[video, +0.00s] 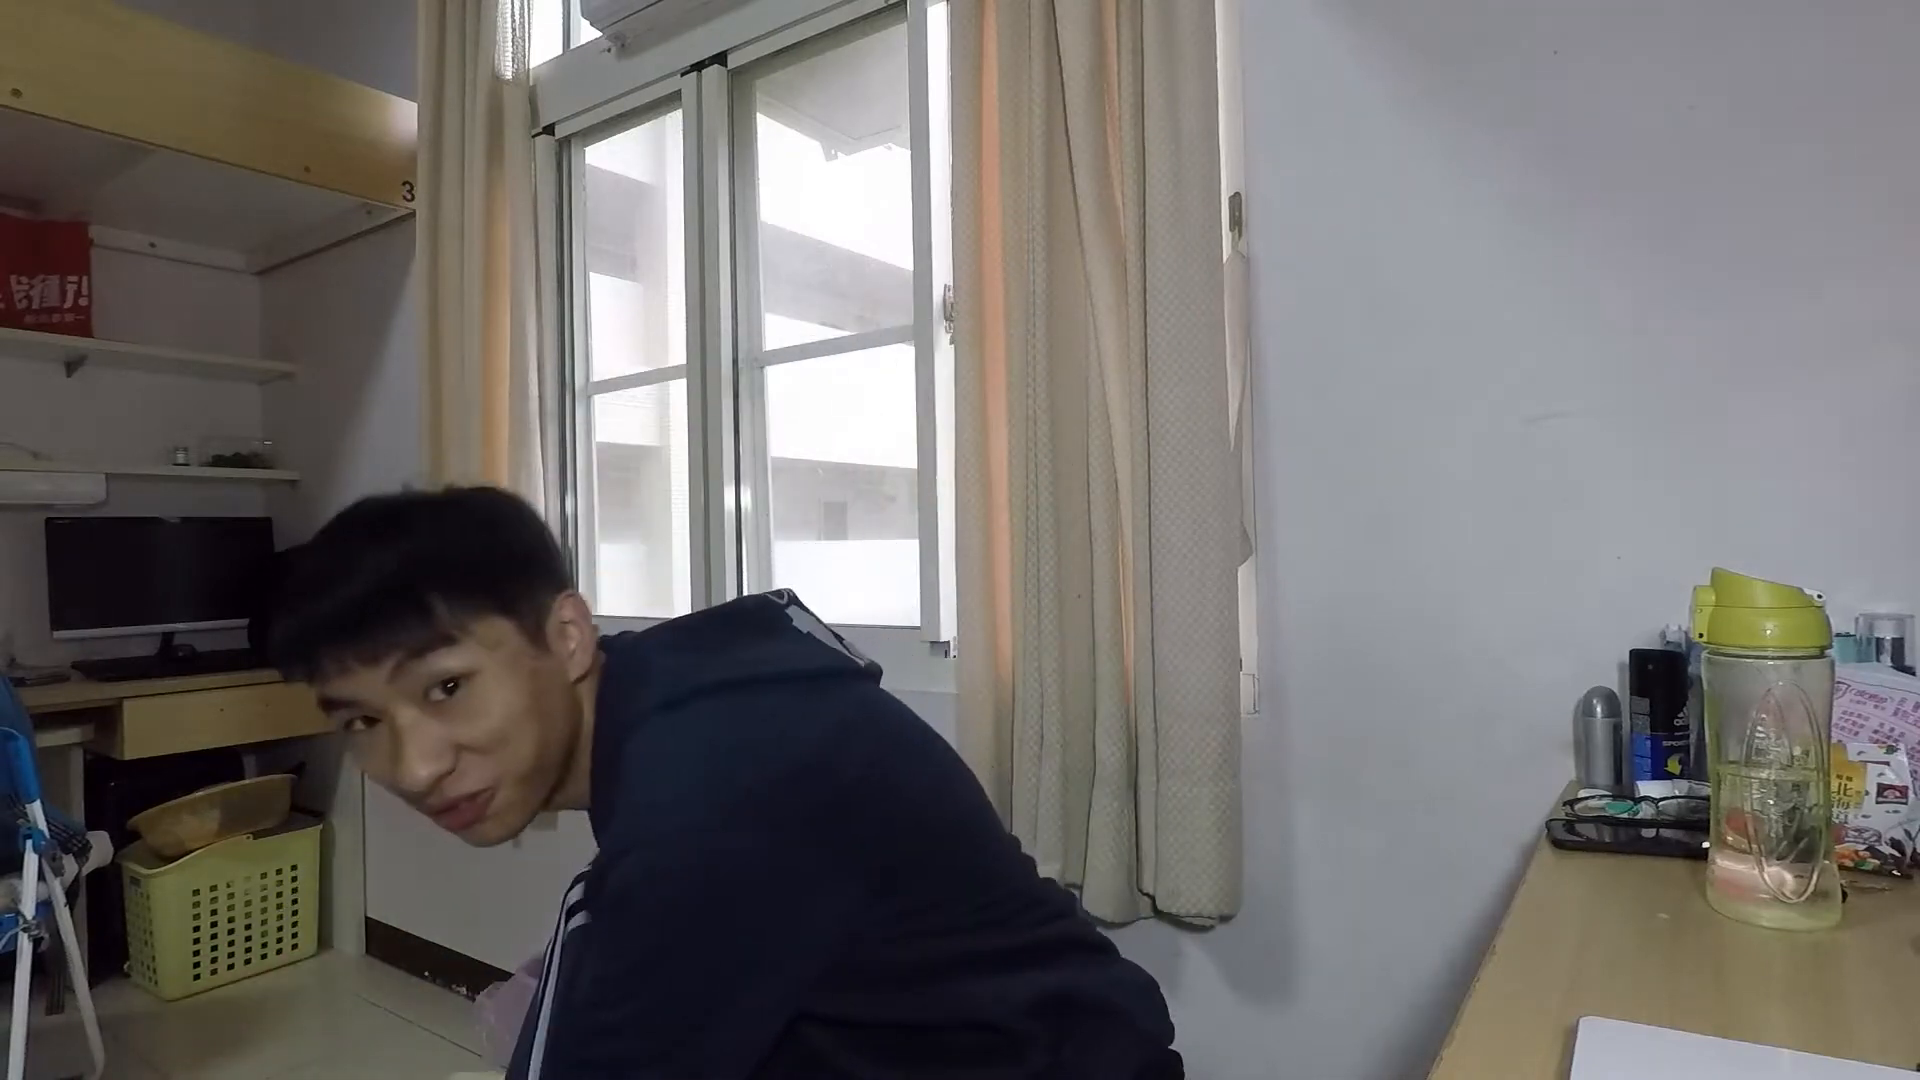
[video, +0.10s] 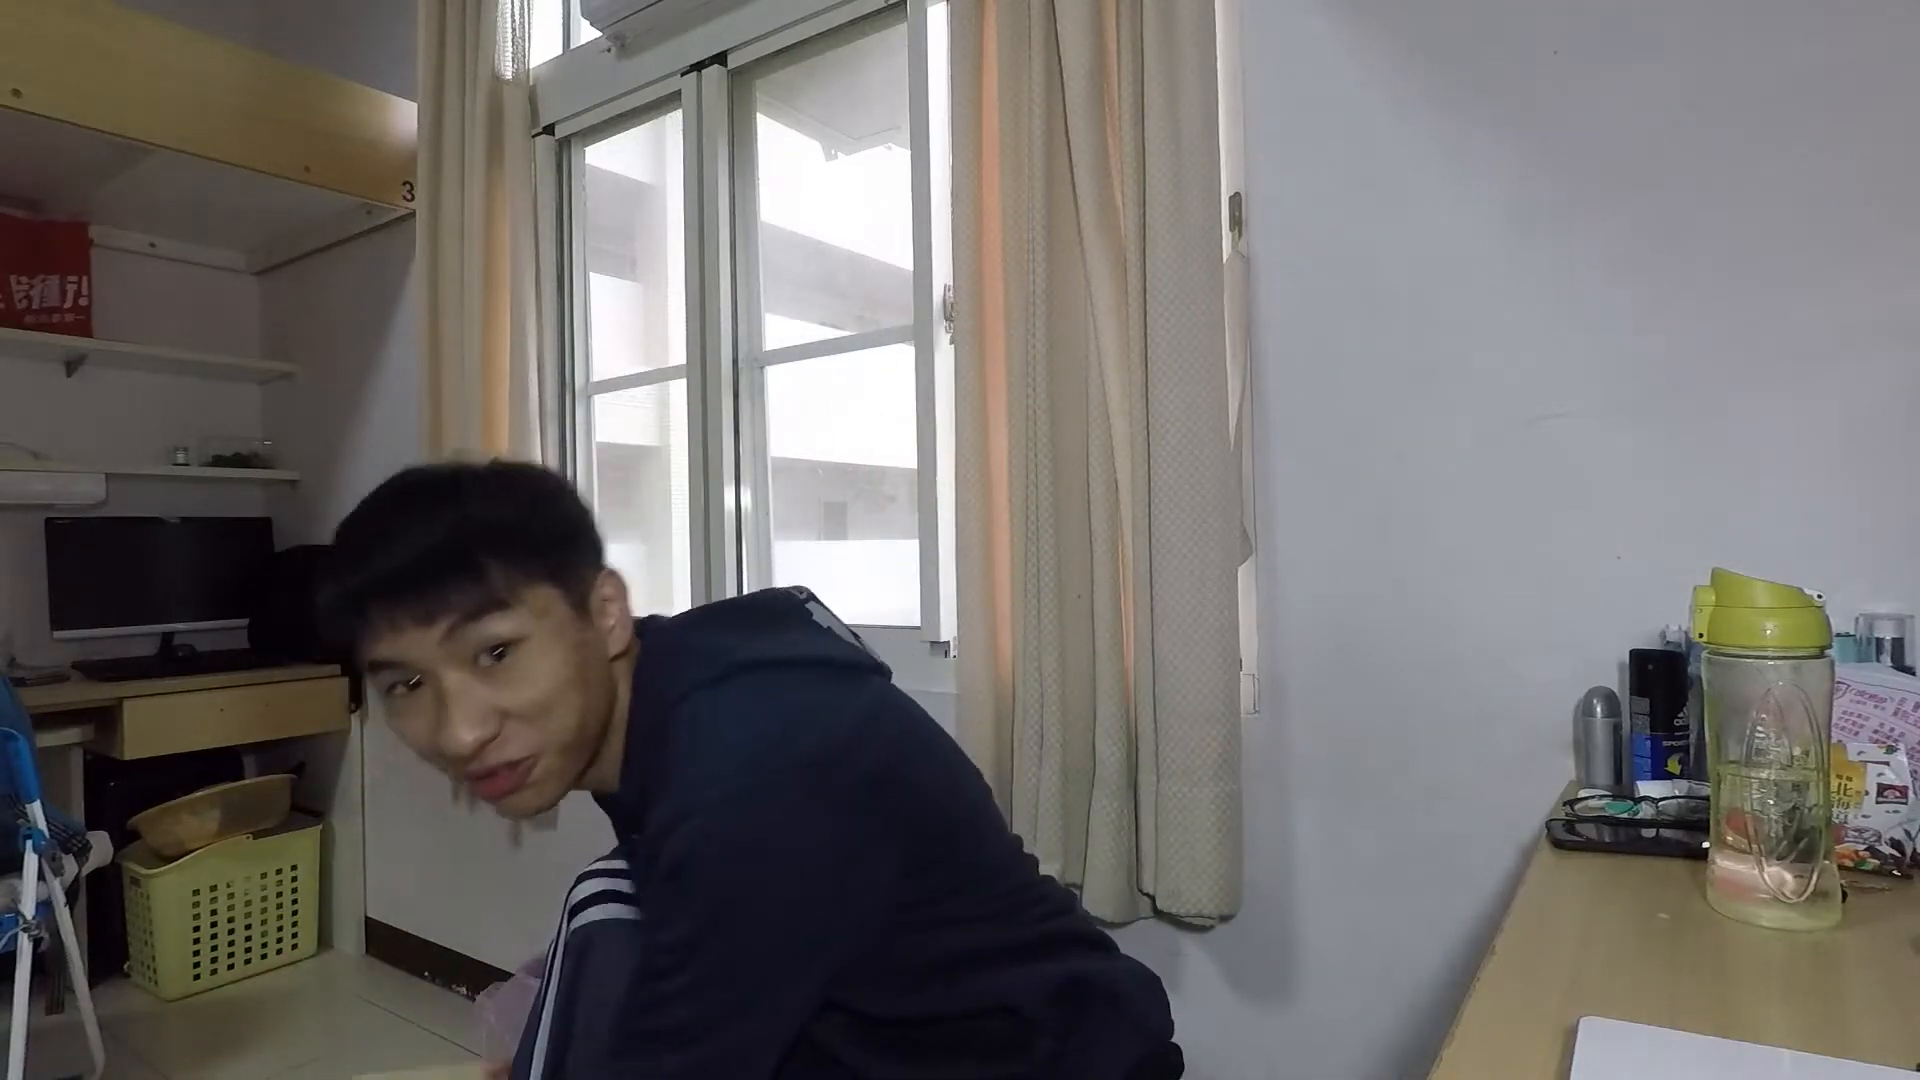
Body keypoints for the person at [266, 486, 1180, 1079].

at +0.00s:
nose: (415, 767)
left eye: (446, 690)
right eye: (366, 726)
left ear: (566, 634)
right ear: (344, 736)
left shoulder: (707, 789)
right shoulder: (673, 701)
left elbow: (581, 1061)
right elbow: (597, 927)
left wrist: (535, 1022)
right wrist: (551, 1005)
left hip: (1054, 1052)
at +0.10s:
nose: (461, 732)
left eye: (497, 655)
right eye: (406, 689)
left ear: (607, 615)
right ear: (380, 709)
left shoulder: (748, 772)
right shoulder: (649, 722)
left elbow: (673, 1061)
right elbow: (631, 916)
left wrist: (526, 1035)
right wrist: (555, 1011)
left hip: (1059, 1052)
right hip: (924, 1039)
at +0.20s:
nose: (521, 681)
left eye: (564, 608)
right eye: (468, 631)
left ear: (663, 590)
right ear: (437, 648)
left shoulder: (801, 735)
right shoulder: (639, 714)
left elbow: (729, 1050)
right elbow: (680, 883)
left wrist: (540, 1052)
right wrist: (539, 996)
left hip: (1059, 1051)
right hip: (899, 1035)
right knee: (616, 885)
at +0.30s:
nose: (576, 620)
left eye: (626, 558)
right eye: (527, 571)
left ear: (713, 557)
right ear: (490, 593)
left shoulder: (832, 687)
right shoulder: (636, 705)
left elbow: (773, 1035)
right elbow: (684, 883)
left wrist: (526, 1048)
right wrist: (483, 983)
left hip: (1059, 1047)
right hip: (887, 1042)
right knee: (615, 893)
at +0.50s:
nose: (687, 523)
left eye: (739, 474)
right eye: (644, 473)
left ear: (809, 497)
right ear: (599, 501)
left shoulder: (907, 640)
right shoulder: (639, 684)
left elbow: (866, 970)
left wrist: (471, 835)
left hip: (1032, 1040)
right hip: (801, 1045)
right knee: (593, 1030)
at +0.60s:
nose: (735, 496)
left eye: (788, 453)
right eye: (694, 446)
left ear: (848, 480)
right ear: (639, 470)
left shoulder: (941, 620)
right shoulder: (651, 660)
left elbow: (936, 928)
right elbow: (525, 815)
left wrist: (601, 722)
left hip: (1021, 1027)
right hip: (809, 1031)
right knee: (614, 902)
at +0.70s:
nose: (787, 474)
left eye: (835, 434)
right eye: (744, 425)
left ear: (888, 466)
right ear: (685, 449)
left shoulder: (981, 608)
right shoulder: (643, 636)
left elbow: (1021, 912)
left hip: (1056, 1049)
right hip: (824, 1057)